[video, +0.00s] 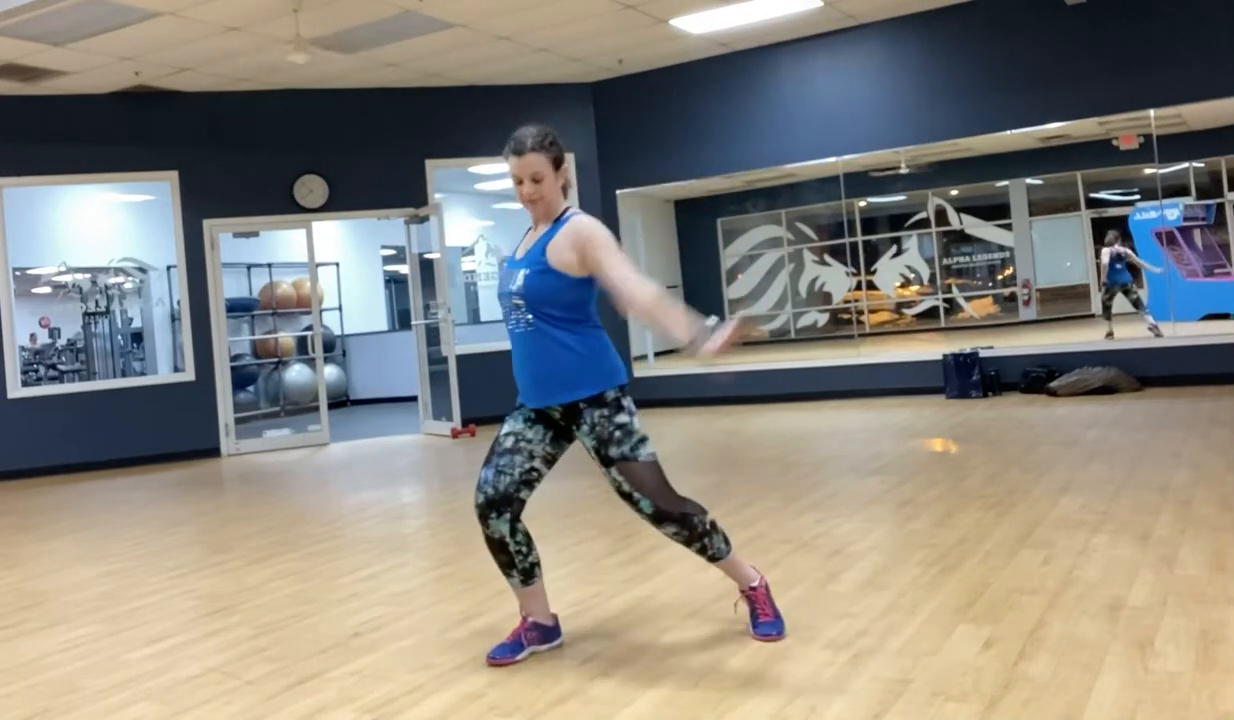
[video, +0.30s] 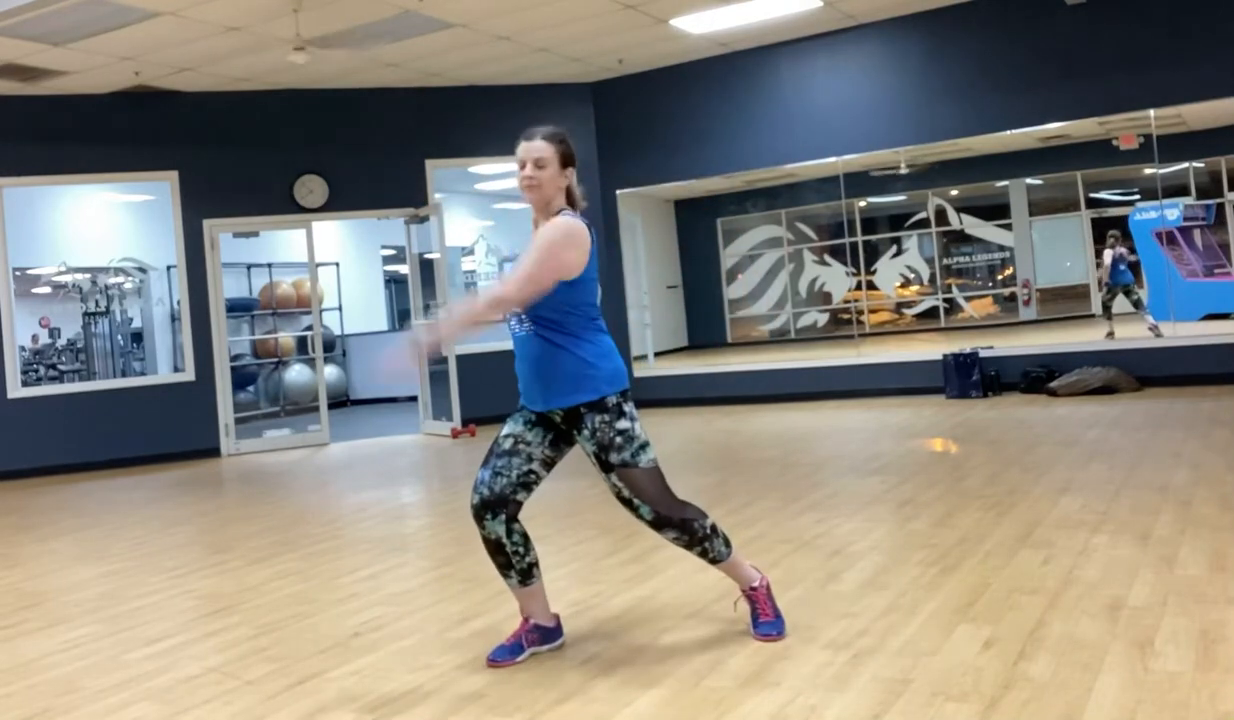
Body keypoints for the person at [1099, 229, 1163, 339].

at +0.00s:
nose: (1105, 240)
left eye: (1107, 238)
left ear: (1108, 240)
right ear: (1119, 240)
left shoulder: (1106, 250)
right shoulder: (1125, 250)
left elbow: (1105, 263)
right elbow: (1139, 262)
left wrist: (1103, 279)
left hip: (1113, 282)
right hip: (1127, 280)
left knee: (1106, 303)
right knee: (1138, 303)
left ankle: (1110, 329)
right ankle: (1152, 323)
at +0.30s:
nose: (1108, 241)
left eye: (1109, 239)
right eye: (1109, 239)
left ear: (1110, 240)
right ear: (1119, 240)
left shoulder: (1108, 251)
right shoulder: (1123, 251)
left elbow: (1107, 265)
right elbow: (1131, 258)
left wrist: (1105, 280)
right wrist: (1139, 257)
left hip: (1115, 282)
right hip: (1128, 281)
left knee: (1106, 303)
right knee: (1139, 304)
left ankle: (1110, 330)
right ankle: (1152, 324)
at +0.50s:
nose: (1108, 241)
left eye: (1109, 240)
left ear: (1109, 240)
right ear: (1119, 239)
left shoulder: (1109, 250)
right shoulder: (1123, 249)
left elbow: (1108, 264)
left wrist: (1106, 279)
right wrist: (1092, 245)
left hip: (1115, 280)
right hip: (1128, 279)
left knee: (1107, 303)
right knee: (1138, 304)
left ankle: (1110, 330)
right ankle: (1152, 323)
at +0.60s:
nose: (1107, 243)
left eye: (1109, 241)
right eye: (1108, 241)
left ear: (1111, 241)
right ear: (1118, 241)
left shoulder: (1109, 251)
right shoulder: (1123, 248)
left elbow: (1109, 264)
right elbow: (1104, 238)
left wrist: (1105, 280)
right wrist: (1090, 232)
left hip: (1115, 280)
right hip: (1128, 279)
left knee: (1107, 303)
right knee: (1138, 304)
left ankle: (1111, 330)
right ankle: (1152, 323)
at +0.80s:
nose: (1107, 243)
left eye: (1107, 240)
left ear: (1107, 241)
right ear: (1117, 238)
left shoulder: (1108, 251)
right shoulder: (1123, 246)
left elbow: (1107, 264)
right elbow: (1115, 232)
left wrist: (1105, 280)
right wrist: (1104, 221)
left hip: (1114, 280)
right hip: (1127, 278)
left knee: (1108, 304)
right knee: (1137, 303)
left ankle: (1111, 330)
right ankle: (1152, 324)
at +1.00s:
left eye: (1107, 240)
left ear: (1107, 241)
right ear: (1118, 239)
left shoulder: (1106, 251)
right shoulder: (1124, 247)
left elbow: (1103, 265)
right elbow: (1123, 231)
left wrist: (1103, 281)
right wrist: (1118, 216)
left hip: (1113, 281)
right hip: (1127, 279)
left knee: (1108, 306)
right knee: (1138, 303)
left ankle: (1110, 330)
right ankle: (1152, 323)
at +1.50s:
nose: (1118, 239)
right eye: (1117, 237)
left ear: (1105, 241)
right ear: (1117, 239)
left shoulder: (1104, 252)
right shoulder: (1124, 247)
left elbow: (1093, 265)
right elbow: (1133, 234)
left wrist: (1098, 280)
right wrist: (1138, 221)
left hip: (1113, 281)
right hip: (1128, 279)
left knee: (1110, 306)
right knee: (1139, 301)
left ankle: (1111, 330)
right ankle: (1151, 324)